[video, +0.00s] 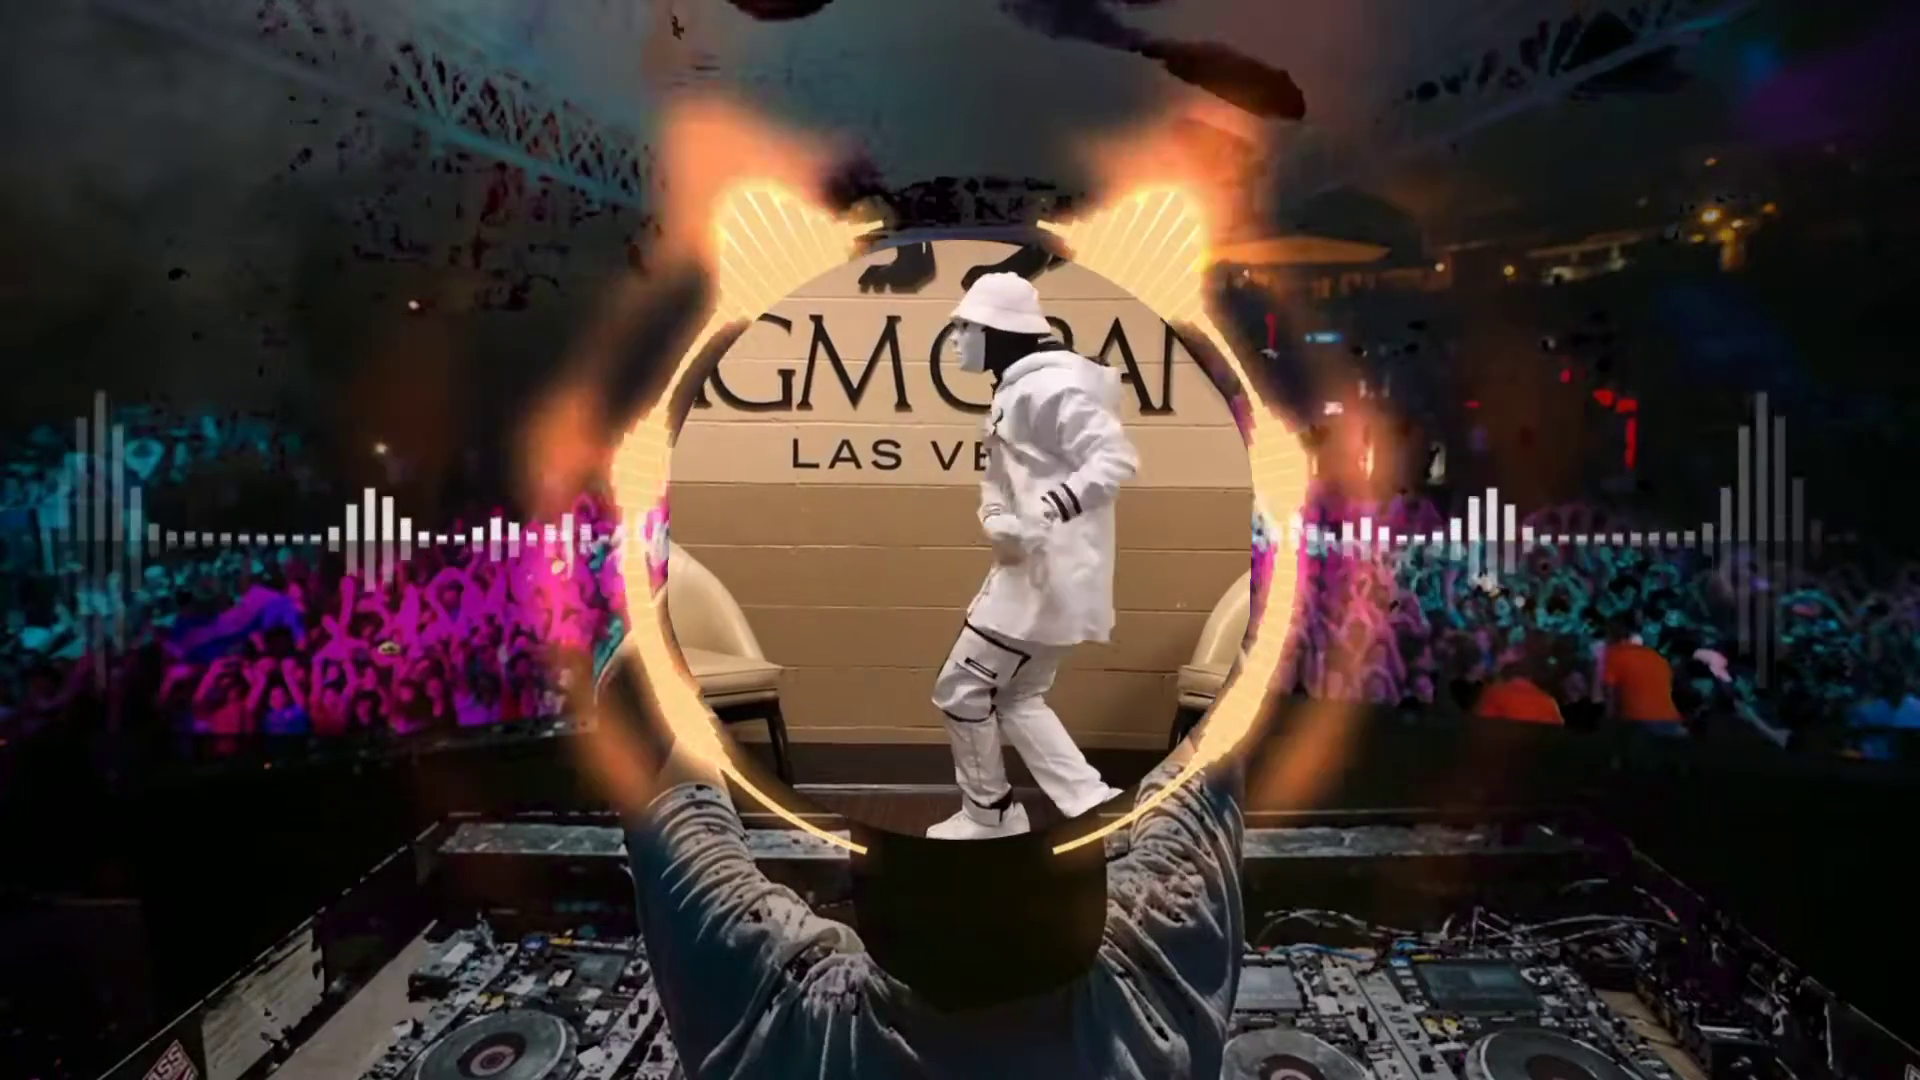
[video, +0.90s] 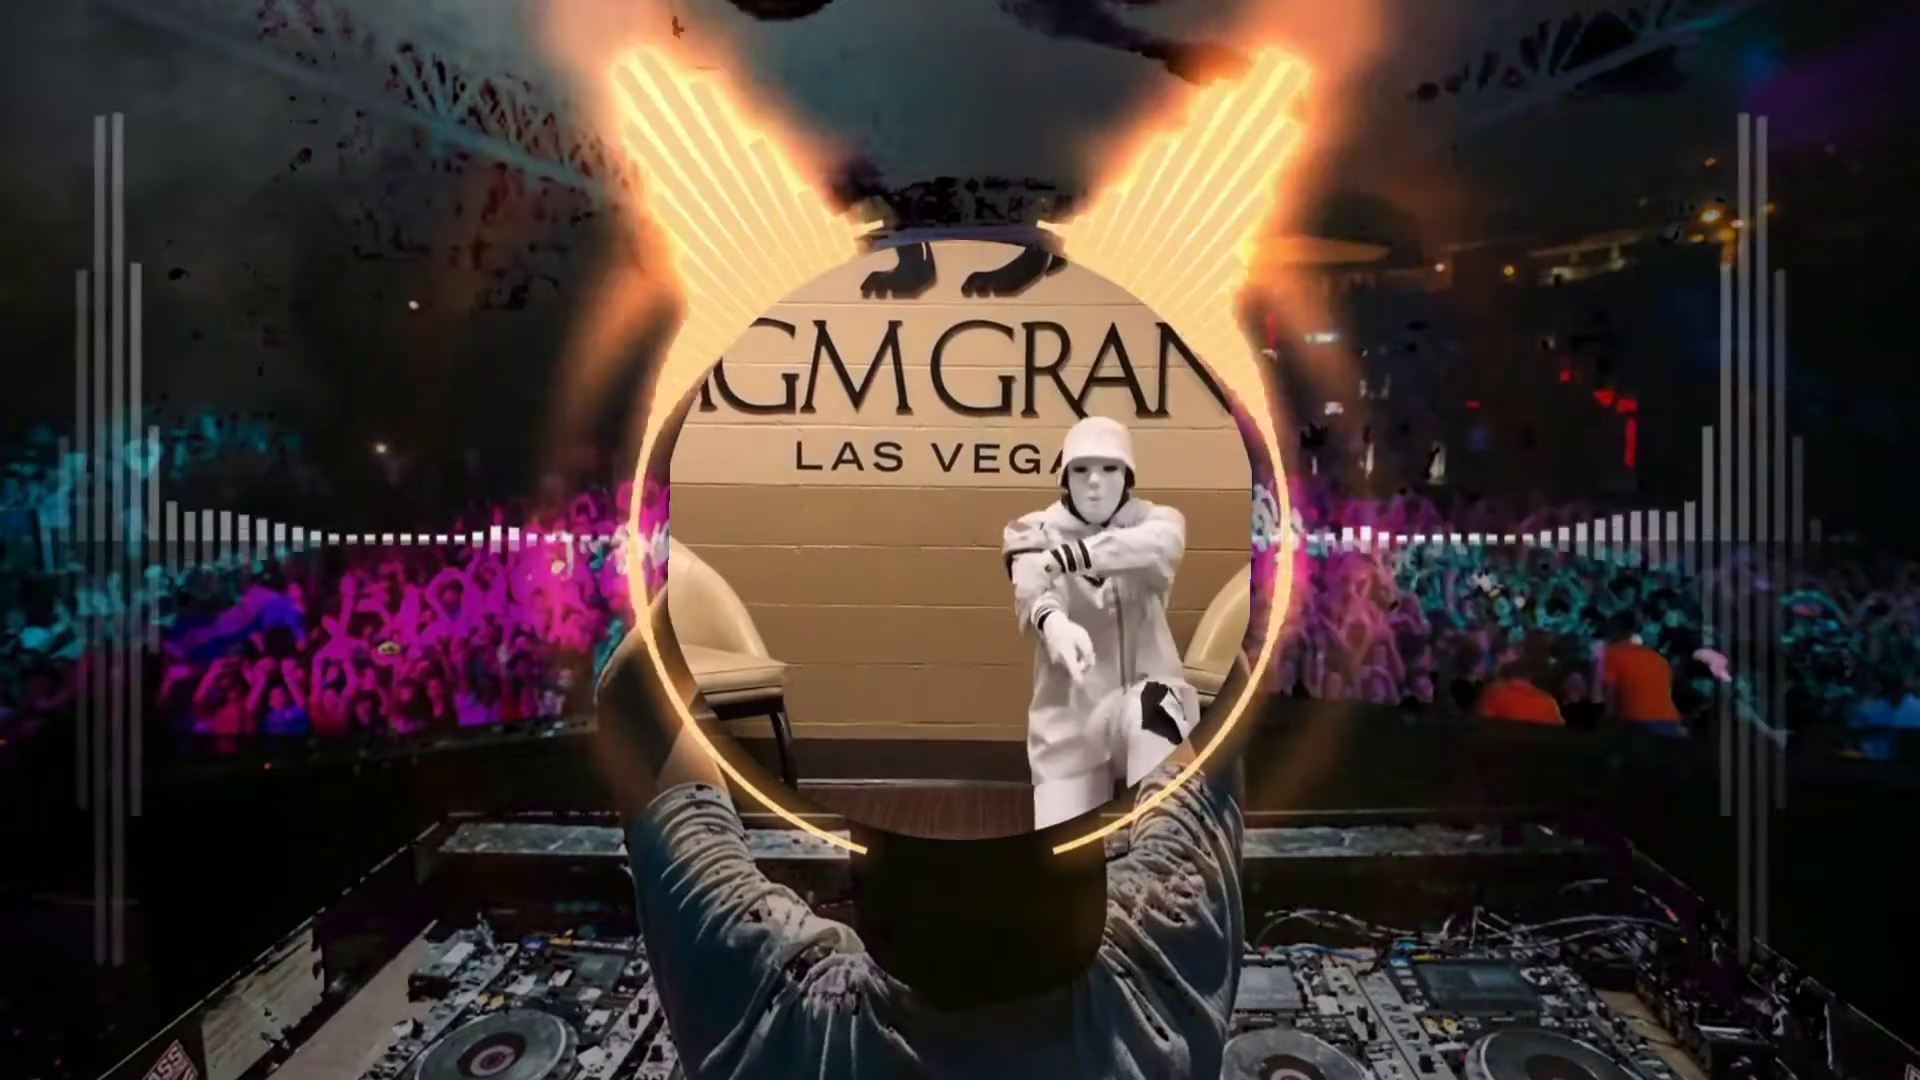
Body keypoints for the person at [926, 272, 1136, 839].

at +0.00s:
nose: (958, 338)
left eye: (967, 328)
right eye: (960, 327)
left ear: (1000, 331)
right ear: (1008, 331)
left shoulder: (1050, 386)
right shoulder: (1025, 387)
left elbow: (1112, 459)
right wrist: (1011, 508)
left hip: (1039, 580)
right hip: (1047, 580)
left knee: (963, 692)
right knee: (1017, 699)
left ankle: (988, 814)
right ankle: (1092, 803)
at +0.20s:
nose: (970, 342)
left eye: (980, 333)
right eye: (973, 332)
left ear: (1014, 339)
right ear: (1021, 340)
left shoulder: (1067, 395)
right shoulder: (1039, 394)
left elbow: (1114, 487)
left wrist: (1040, 509)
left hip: (1073, 574)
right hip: (1083, 576)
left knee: (970, 671)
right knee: (1040, 707)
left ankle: (1006, 816)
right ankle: (1112, 819)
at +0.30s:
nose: (979, 350)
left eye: (988, 339)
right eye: (980, 339)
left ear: (1020, 344)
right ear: (1027, 345)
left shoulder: (1070, 398)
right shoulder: (1039, 402)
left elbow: (1114, 482)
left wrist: (1035, 500)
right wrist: (1031, 521)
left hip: (1099, 580)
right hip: (1074, 581)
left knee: (1069, 707)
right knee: (1040, 704)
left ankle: (1155, 815)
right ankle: (1123, 820)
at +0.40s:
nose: (993, 360)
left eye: (1000, 349)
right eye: (993, 349)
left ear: (1031, 353)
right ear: (1033, 353)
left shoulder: (1083, 408)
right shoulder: (1044, 412)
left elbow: (1113, 483)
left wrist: (1030, 496)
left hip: (1121, 583)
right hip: (1074, 591)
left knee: (1149, 718)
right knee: (1020, 713)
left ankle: (1198, 843)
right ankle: (1112, 819)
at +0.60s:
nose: (1071, 376)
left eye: (1084, 364)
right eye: (1060, 364)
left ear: (1107, 371)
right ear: (1048, 372)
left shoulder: (1143, 423)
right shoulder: (1022, 433)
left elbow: (1140, 474)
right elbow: (1005, 512)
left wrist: (1053, 478)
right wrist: (1035, 527)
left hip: (1138, 605)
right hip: (1056, 617)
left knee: (1163, 719)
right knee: (1036, 750)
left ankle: (1177, 830)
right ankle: (1105, 824)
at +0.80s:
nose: (1090, 426)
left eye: (1102, 413)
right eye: (1077, 414)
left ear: (1121, 420)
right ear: (1061, 423)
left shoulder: (1151, 467)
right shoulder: (1031, 477)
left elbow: (1155, 502)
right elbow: (1028, 539)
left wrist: (1067, 512)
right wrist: (1059, 558)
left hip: (1139, 644)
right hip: (1065, 665)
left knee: (1158, 681)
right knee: (1075, 818)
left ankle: (1164, 811)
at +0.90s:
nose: (1095, 482)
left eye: (1109, 469)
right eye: (1082, 470)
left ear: (1127, 477)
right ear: (1065, 477)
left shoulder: (1159, 522)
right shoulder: (1033, 532)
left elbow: (1156, 550)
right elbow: (1032, 587)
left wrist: (1066, 557)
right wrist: (1053, 622)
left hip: (1144, 706)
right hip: (1068, 724)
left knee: (1152, 702)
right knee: (1066, 864)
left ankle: (1154, 834)